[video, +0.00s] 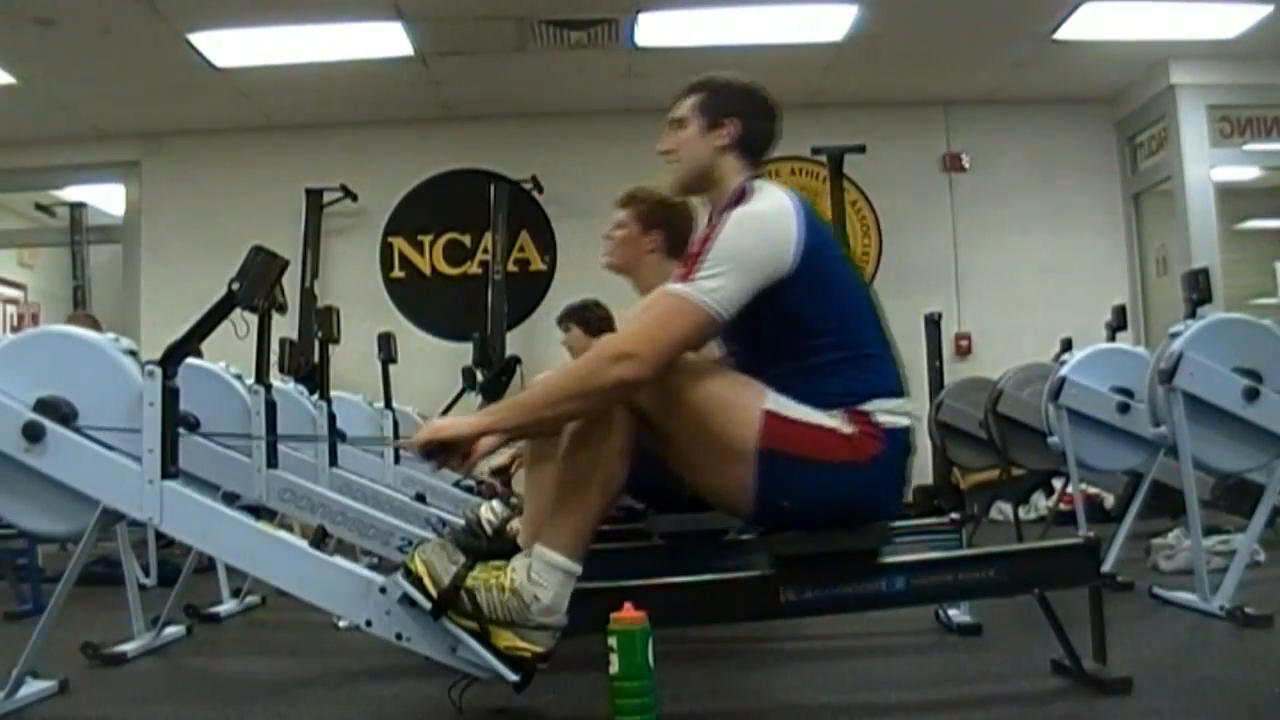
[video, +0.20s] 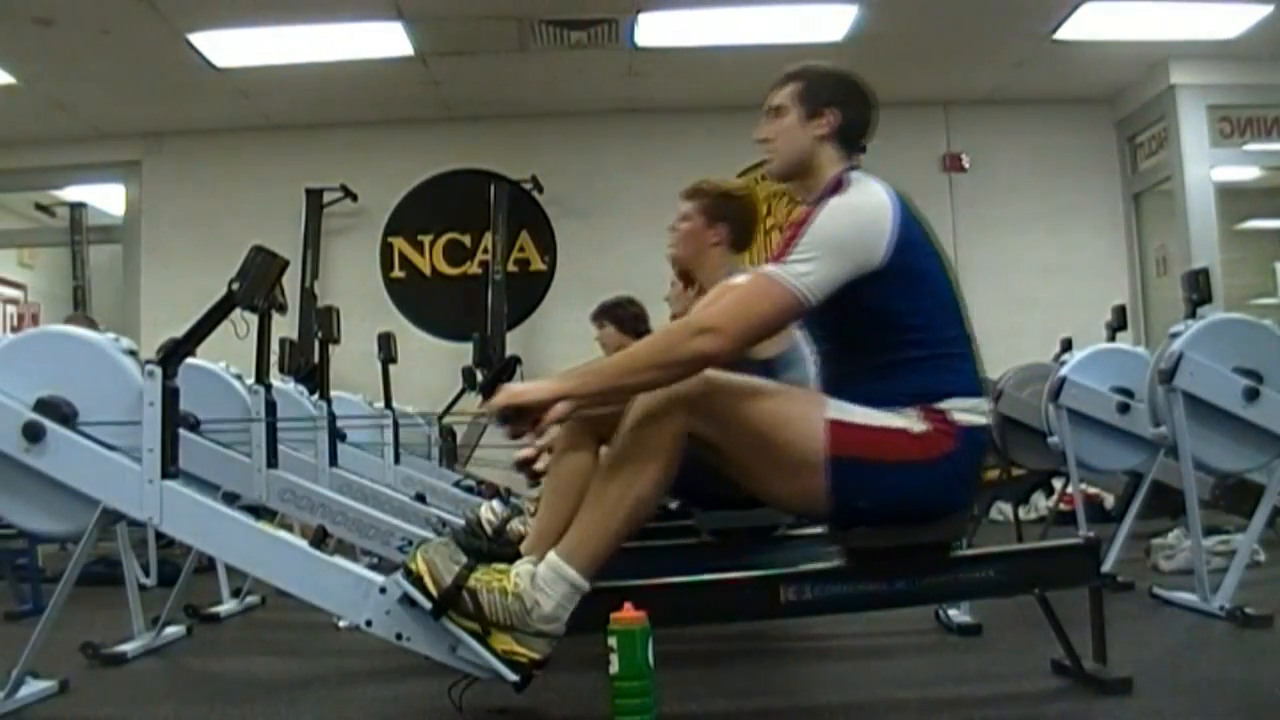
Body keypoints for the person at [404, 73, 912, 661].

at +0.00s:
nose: (662, 144)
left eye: (678, 128)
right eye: (667, 129)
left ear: (725, 135)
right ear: (723, 138)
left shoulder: (765, 216)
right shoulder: (728, 225)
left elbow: (629, 360)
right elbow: (628, 357)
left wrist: (482, 422)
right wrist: (494, 431)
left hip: (854, 453)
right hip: (811, 445)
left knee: (631, 370)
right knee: (613, 377)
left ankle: (540, 594)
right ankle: (531, 581)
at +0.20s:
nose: (759, 133)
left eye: (775, 116)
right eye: (761, 119)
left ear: (827, 123)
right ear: (821, 129)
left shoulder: (860, 208)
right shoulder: (828, 215)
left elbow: (709, 336)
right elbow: (707, 335)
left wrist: (560, 387)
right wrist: (569, 396)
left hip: (925, 442)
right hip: (879, 434)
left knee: (684, 400)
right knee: (663, 402)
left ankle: (547, 598)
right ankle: (539, 587)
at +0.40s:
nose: (842, 127)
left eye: (859, 109)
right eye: (845, 111)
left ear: (910, 118)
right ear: (895, 122)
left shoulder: (943, 202)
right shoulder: (904, 211)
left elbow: (794, 322)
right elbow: (789, 315)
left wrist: (637, 372)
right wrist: (643, 378)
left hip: (991, 441)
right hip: (943, 435)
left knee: (731, 435)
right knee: (708, 438)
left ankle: (546, 603)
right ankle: (538, 601)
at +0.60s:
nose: (914, 124)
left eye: (930, 107)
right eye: (915, 110)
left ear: (982, 113)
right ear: (962, 121)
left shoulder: (1019, 200)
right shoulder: (960, 220)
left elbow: (886, 321)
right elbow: (861, 313)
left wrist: (723, 367)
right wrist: (726, 375)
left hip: (1031, 436)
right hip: (983, 431)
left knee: (776, 490)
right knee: (760, 484)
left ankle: (549, 604)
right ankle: (544, 598)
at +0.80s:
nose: (969, 135)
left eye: (984, 115)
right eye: (969, 119)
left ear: (1039, 117)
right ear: (1008, 125)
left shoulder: (1074, 198)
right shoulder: (1006, 224)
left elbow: (973, 327)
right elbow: (908, 356)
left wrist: (793, 373)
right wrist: (771, 392)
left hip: (1040, 433)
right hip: (988, 427)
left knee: (798, 530)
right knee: (783, 524)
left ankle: (560, 605)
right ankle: (558, 600)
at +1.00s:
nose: (997, 134)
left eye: (1010, 116)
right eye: (996, 119)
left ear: (1063, 116)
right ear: (1039, 123)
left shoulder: (1096, 197)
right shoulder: (1044, 222)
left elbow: (1063, 334)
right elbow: (974, 367)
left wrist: (899, 350)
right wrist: (850, 376)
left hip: (1034, 429)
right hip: (986, 422)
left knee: (796, 532)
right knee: (777, 523)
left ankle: (557, 611)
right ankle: (555, 597)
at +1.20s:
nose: (1001, 139)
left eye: (1012, 121)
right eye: (1000, 125)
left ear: (1066, 119)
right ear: (1048, 127)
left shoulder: (1101, 196)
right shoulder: (1057, 216)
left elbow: (1142, 334)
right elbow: (1007, 360)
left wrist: (993, 331)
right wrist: (903, 381)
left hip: (1045, 432)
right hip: (1003, 422)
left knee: (799, 520)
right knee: (778, 511)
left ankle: (552, 606)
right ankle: (549, 602)